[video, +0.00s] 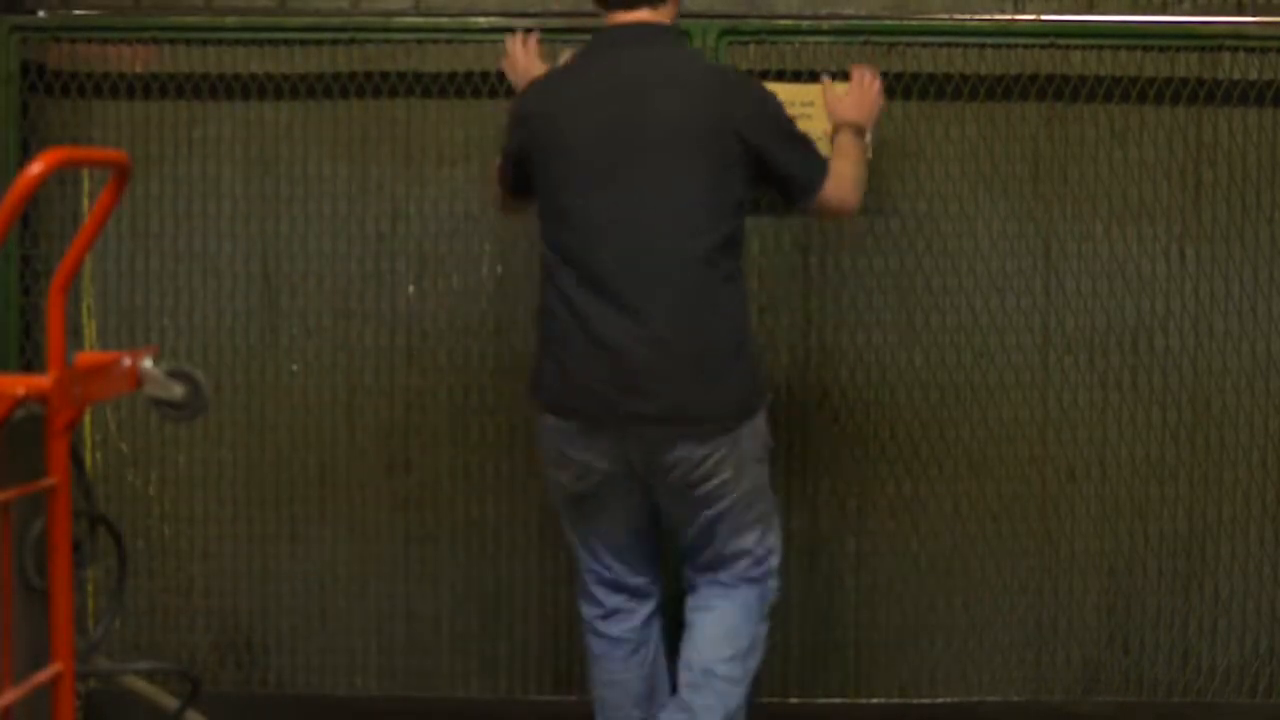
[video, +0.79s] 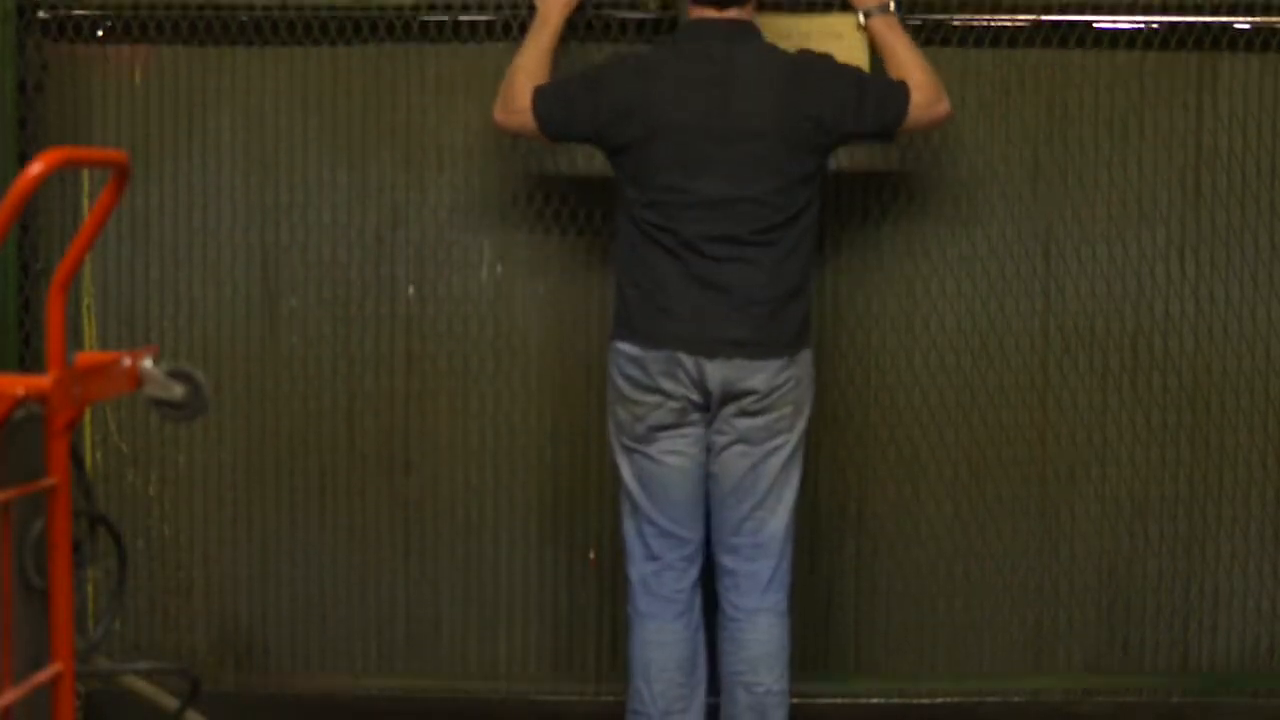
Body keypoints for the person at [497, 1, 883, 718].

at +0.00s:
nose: (674, 7)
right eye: (675, 1)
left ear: (597, 8)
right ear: (672, 5)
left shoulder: (550, 101)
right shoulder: (726, 95)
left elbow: (514, 191)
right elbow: (840, 195)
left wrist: (532, 96)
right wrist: (853, 127)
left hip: (580, 395)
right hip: (703, 392)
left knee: (614, 594)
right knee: (732, 570)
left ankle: (626, 713)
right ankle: (699, 711)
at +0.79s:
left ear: (683, 1)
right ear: (756, 3)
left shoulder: (640, 79)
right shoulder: (803, 81)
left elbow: (514, 107)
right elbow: (928, 101)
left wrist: (549, 14)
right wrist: (877, 14)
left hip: (653, 341)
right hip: (766, 345)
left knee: (662, 563)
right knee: (754, 565)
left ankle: (666, 715)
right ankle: (756, 713)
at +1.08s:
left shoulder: (629, 68)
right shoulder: (804, 69)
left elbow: (483, 84)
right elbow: (952, 75)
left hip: (651, 338)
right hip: (764, 345)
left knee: (661, 572)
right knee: (753, 574)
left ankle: (667, 714)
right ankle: (752, 713)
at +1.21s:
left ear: (668, 4)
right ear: (746, 3)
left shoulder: (627, 84)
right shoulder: (792, 85)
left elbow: (547, 212)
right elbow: (885, 211)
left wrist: (441, 239)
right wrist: (988, 206)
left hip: (647, 345)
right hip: (760, 355)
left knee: (659, 574)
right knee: (750, 578)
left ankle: (666, 718)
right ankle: (750, 718)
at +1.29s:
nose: (674, 11)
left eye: (666, 6)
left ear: (664, 10)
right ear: (740, 10)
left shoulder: (616, 98)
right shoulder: (794, 98)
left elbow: (570, 249)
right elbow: (843, 251)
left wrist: (512, 359)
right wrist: (914, 339)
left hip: (641, 352)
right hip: (757, 363)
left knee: (658, 575)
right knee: (747, 577)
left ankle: (665, 714)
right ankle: (745, 712)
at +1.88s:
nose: (654, 12)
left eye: (657, 7)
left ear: (660, 13)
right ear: (742, 13)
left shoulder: (606, 96)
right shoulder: (794, 97)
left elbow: (589, 255)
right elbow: (812, 264)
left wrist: (578, 268)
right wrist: (828, 270)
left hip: (635, 367)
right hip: (753, 371)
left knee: (654, 586)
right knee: (744, 587)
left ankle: (665, 717)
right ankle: (745, 716)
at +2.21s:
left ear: (659, 5)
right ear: (738, 5)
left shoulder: (606, 91)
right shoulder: (790, 93)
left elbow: (566, 230)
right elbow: (824, 236)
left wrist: (623, 163)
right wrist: (824, 145)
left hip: (637, 367)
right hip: (753, 371)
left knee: (656, 583)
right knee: (744, 585)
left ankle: (664, 716)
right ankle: (744, 716)